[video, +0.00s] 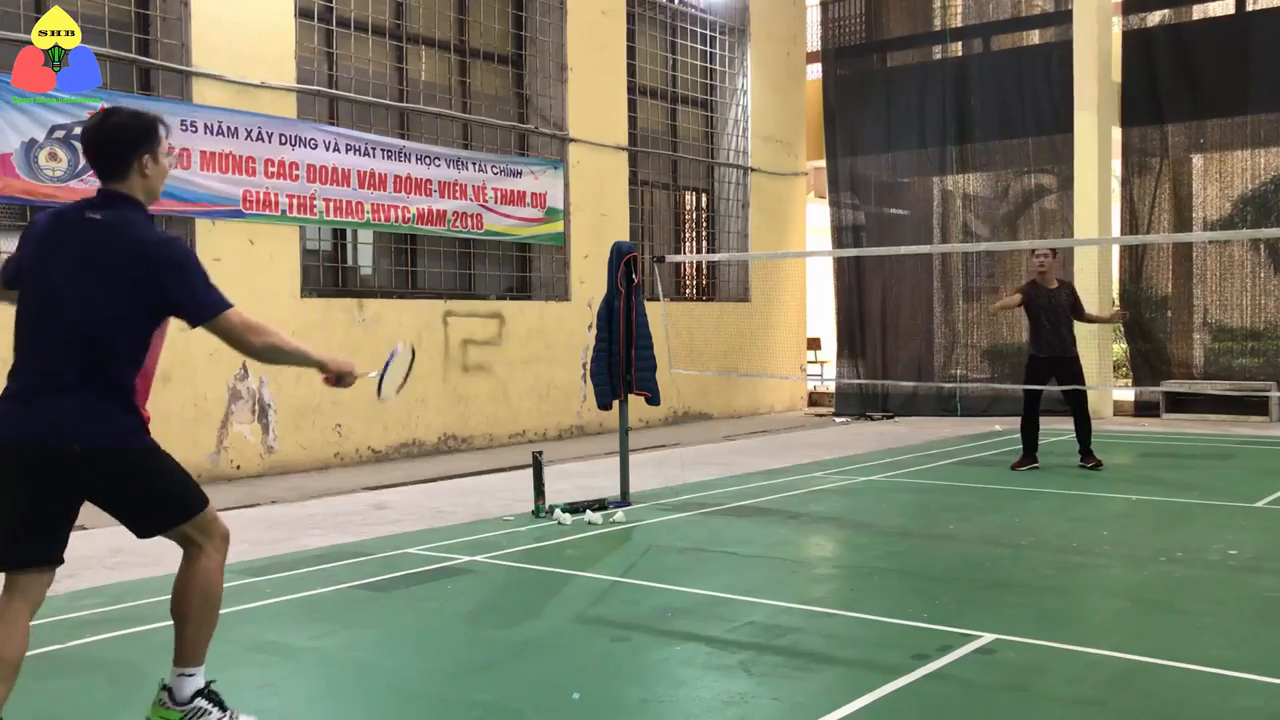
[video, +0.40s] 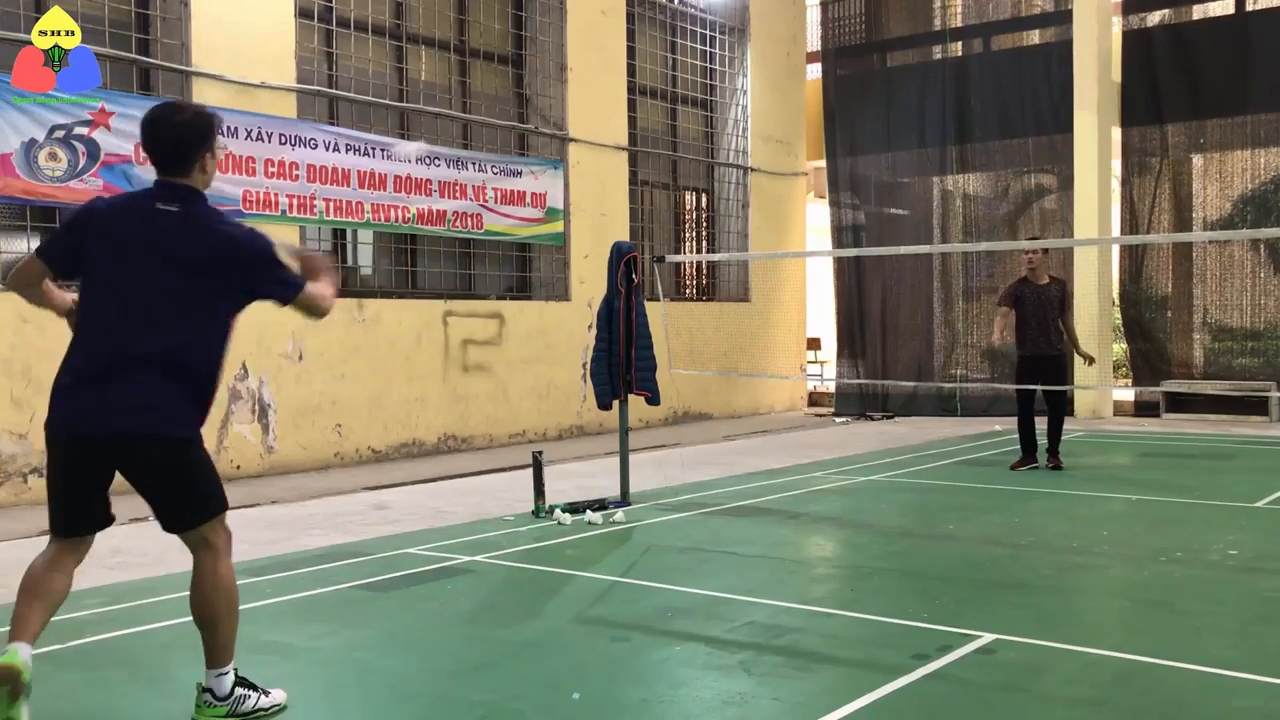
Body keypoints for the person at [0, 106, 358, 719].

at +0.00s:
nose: (168, 164)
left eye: (165, 152)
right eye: (164, 154)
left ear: (100, 164)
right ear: (145, 162)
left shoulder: (44, 228)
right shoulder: (157, 249)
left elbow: (13, 290)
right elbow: (246, 335)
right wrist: (323, 361)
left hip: (23, 436)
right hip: (106, 437)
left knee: (19, 593)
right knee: (208, 538)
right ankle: (185, 690)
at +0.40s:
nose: (221, 158)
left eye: (219, 147)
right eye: (217, 149)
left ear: (150, 158)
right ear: (206, 158)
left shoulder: (100, 217)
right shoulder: (231, 241)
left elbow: (23, 276)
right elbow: (316, 305)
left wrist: (62, 303)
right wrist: (323, 280)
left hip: (75, 417)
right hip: (158, 425)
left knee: (66, 542)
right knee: (212, 543)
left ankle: (16, 651)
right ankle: (220, 686)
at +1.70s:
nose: (177, 181)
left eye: (175, 168)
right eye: (173, 169)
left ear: (113, 175)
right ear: (152, 174)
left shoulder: (56, 227)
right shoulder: (156, 243)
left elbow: (1, 288)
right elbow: (238, 308)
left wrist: (13, 347)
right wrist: (331, 337)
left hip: (15, 431)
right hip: (85, 438)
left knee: (5, 551)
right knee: (158, 557)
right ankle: (198, 700)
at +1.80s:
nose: (160, 197)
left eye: (158, 184)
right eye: (155, 186)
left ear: (93, 193)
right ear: (129, 193)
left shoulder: (38, 242)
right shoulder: (118, 262)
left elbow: (15, 326)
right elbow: (189, 345)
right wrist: (282, 381)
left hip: (2, 443)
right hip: (41, 448)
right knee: (126, 566)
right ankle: (192, 701)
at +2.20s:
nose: (159, 171)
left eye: (158, 160)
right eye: (158, 161)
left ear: (90, 165)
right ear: (142, 168)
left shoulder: (22, 213)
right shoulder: (146, 240)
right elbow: (235, 312)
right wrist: (253, 322)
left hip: (1, 413)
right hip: (53, 425)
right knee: (106, 562)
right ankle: (124, 709)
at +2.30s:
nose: (167, 162)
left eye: (163, 152)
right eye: (165, 153)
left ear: (93, 157)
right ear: (156, 162)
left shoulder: (33, 206)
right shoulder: (180, 240)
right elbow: (293, 265)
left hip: (1, 413)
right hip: (64, 429)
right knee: (118, 562)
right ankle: (125, 710)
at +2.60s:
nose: (167, 141)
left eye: (163, 129)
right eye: (162, 131)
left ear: (97, 138)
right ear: (146, 140)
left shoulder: (34, 188)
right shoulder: (149, 218)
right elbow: (226, 294)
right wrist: (323, 338)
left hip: (4, 407)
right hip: (70, 421)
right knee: (107, 564)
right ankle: (124, 709)